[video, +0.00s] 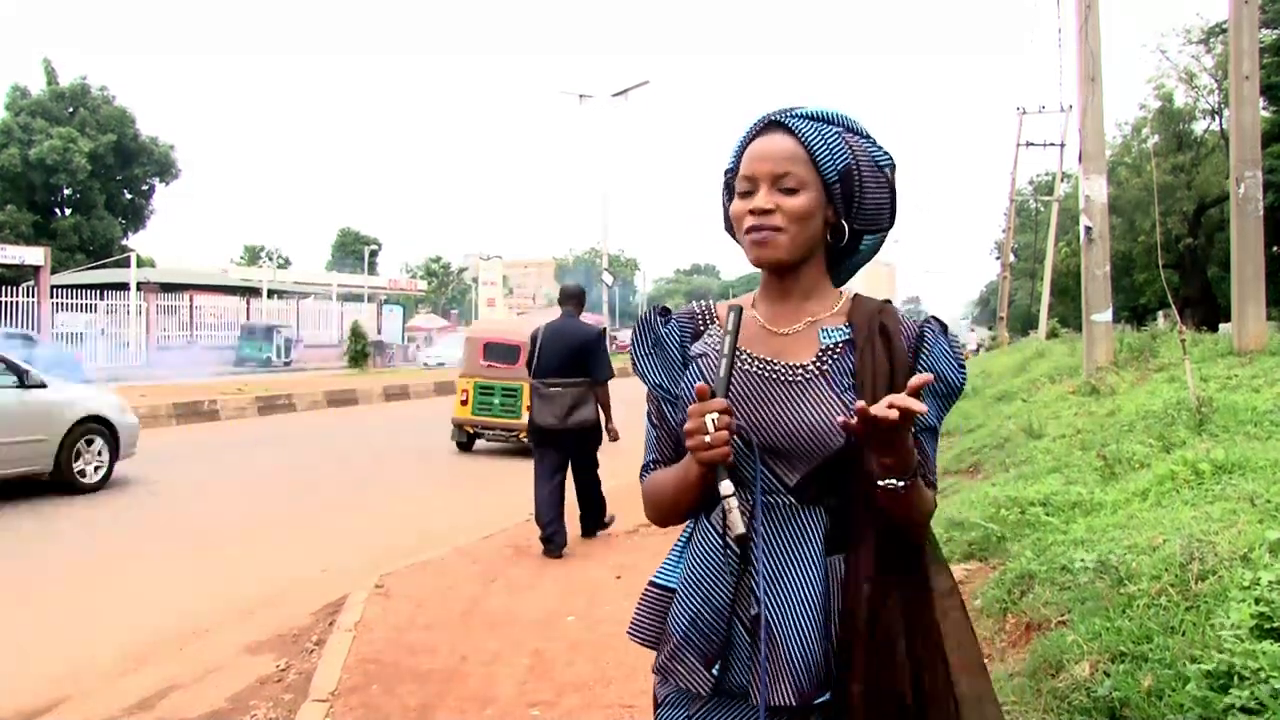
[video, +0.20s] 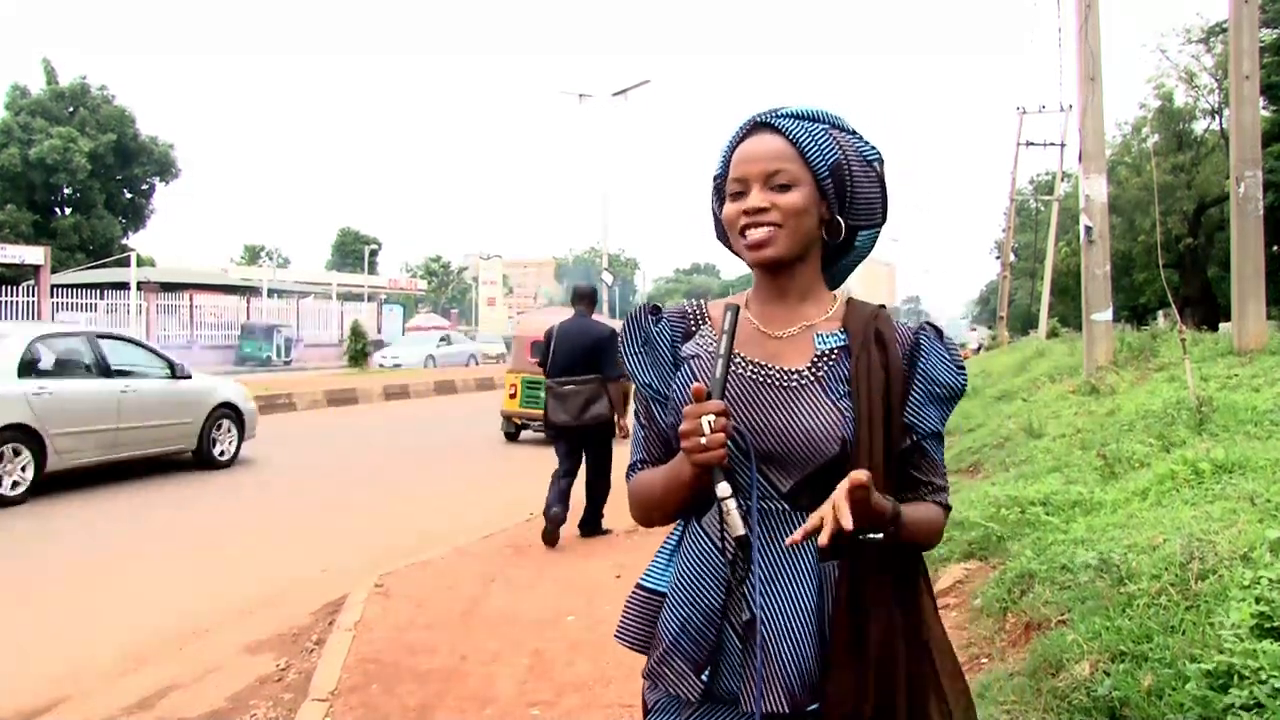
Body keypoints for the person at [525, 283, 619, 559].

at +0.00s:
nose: (577, 308)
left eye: (568, 302)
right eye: (581, 304)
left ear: (559, 303)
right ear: (583, 305)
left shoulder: (539, 334)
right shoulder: (592, 336)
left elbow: (532, 374)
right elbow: (600, 385)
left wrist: (542, 407)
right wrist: (609, 420)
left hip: (545, 422)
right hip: (582, 421)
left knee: (548, 479)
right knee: (586, 473)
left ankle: (552, 542)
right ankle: (592, 522)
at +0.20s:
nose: (588, 306)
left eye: (581, 301)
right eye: (592, 302)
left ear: (572, 303)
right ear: (595, 304)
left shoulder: (555, 332)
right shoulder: (606, 335)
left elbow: (547, 369)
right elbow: (613, 380)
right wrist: (621, 415)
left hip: (562, 414)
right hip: (596, 414)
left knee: (566, 466)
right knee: (598, 472)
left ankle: (554, 511)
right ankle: (591, 524)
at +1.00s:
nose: (604, 311)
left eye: (600, 307)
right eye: (610, 308)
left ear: (592, 308)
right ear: (614, 308)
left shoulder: (580, 334)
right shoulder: (623, 333)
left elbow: (571, 364)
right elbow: (629, 367)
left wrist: (584, 387)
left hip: (586, 403)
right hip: (618, 401)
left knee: (588, 456)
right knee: (620, 450)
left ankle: (595, 511)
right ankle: (619, 496)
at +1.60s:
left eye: (623, 310)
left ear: (619, 311)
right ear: (639, 312)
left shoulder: (610, 336)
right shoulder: (646, 337)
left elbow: (604, 372)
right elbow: (651, 371)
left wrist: (601, 402)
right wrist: (650, 397)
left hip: (618, 402)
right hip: (641, 401)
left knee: (617, 444)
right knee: (636, 445)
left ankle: (619, 484)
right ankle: (627, 493)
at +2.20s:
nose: (648, 314)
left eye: (645, 309)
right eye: (652, 310)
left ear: (641, 311)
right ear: (657, 311)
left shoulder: (628, 331)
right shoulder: (664, 332)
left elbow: (619, 357)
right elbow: (670, 359)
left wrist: (629, 374)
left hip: (630, 386)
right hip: (657, 386)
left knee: (631, 435)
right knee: (663, 433)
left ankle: (633, 483)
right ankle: (662, 476)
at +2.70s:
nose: (672, 314)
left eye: (669, 311)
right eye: (675, 310)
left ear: (664, 312)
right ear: (680, 311)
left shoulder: (655, 333)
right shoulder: (688, 332)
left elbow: (647, 365)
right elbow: (696, 361)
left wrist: (646, 393)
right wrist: (700, 385)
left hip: (660, 387)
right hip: (684, 386)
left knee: (662, 426)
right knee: (678, 428)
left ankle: (663, 467)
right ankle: (668, 473)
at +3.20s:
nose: (690, 315)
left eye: (687, 312)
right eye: (692, 312)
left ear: (679, 312)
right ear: (694, 313)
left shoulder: (668, 332)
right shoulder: (701, 332)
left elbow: (662, 354)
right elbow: (708, 355)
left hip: (673, 383)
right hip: (697, 382)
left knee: (677, 422)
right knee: (703, 419)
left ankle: (682, 464)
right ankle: (693, 449)